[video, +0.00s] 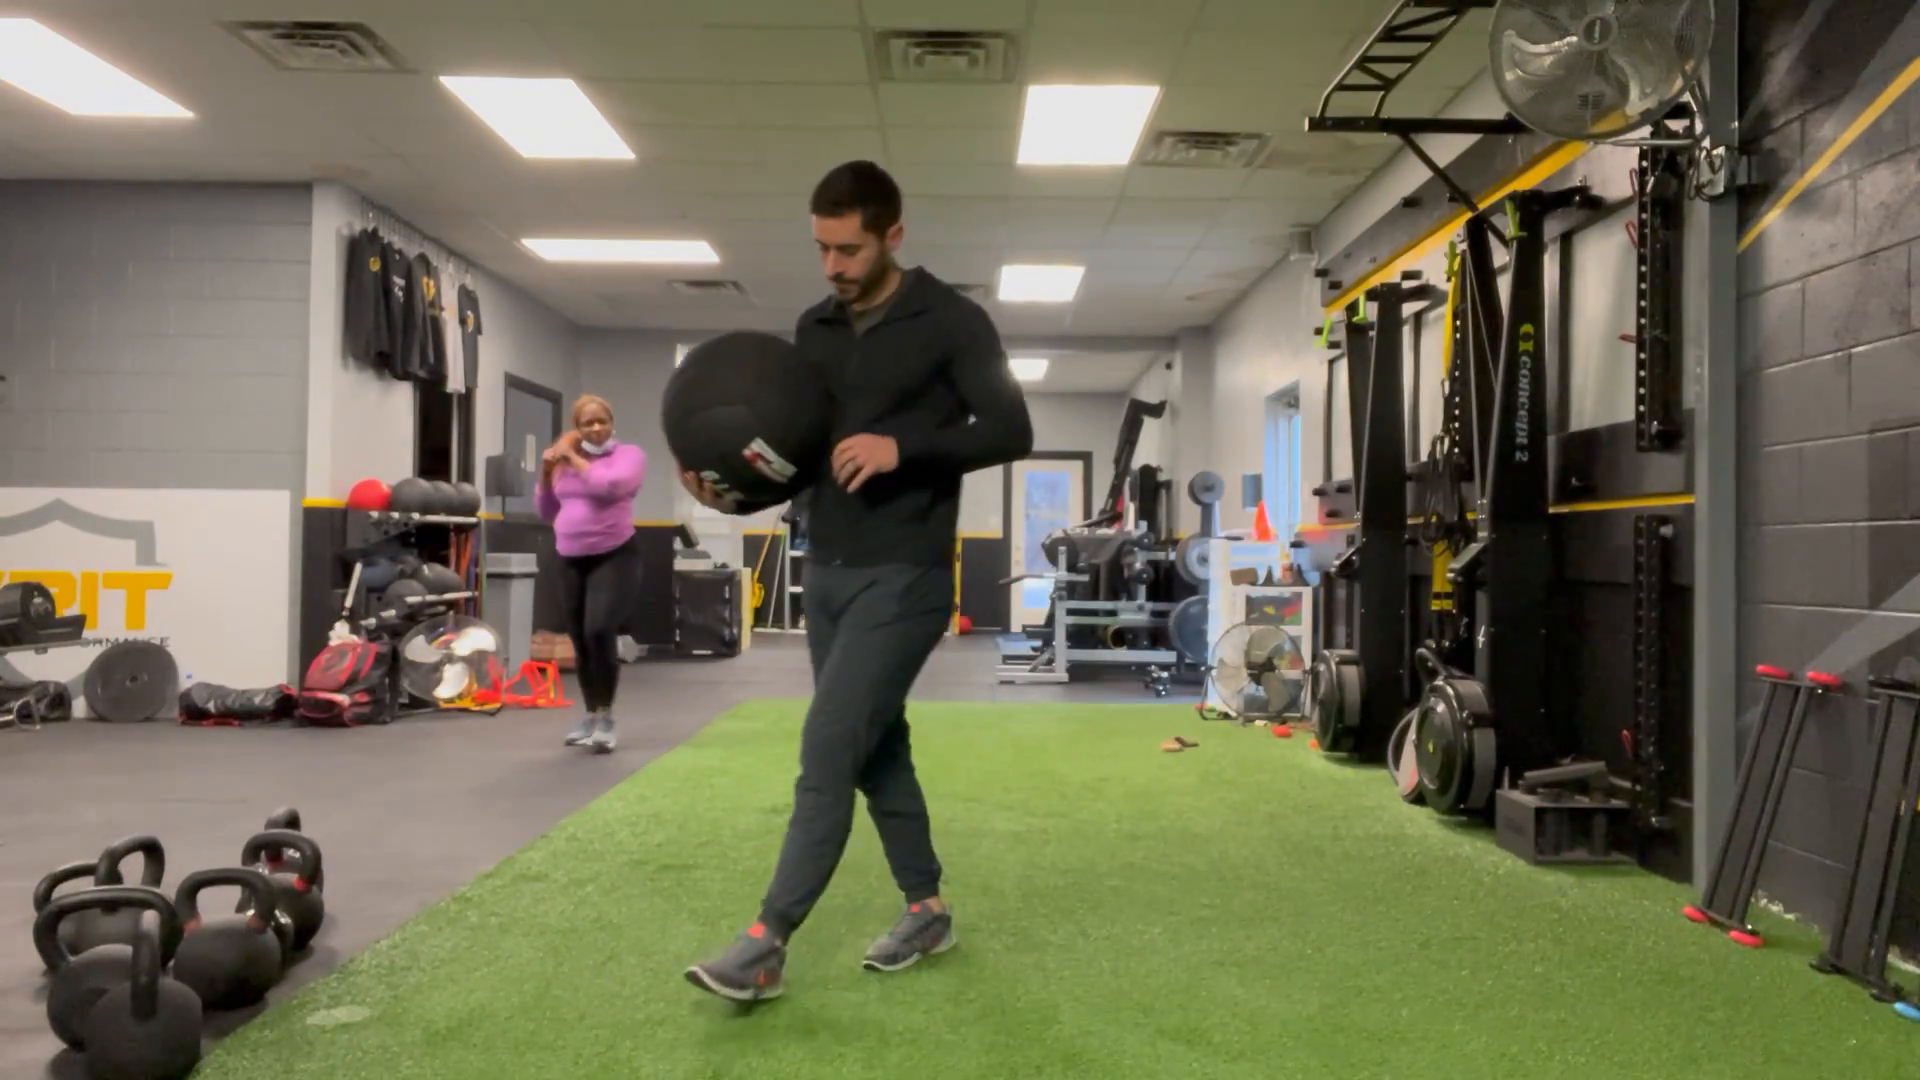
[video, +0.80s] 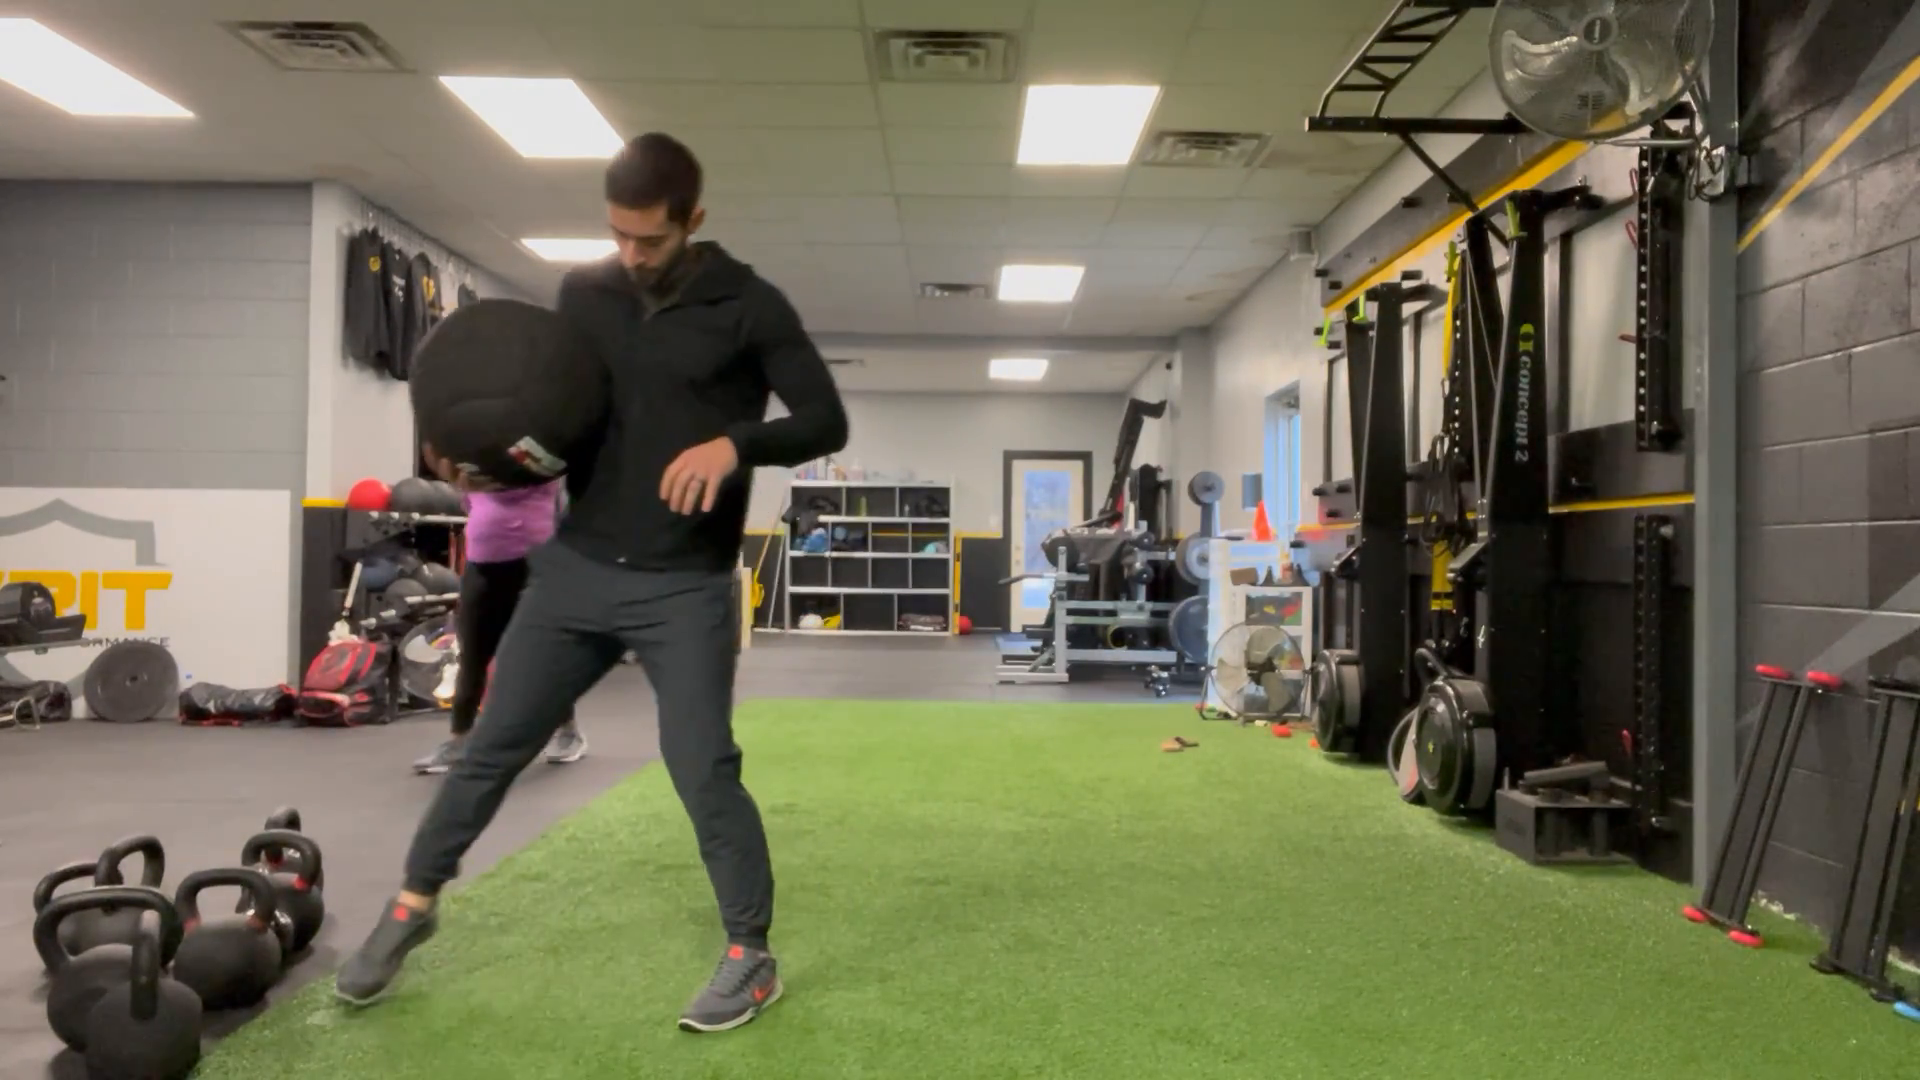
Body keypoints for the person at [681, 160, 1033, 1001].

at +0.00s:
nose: (832, 266)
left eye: (847, 250)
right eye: (822, 249)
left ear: (893, 235)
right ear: (817, 239)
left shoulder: (952, 319)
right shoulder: (816, 329)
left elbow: (1010, 429)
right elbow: (790, 457)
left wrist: (903, 447)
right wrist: (724, 482)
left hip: (908, 576)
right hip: (829, 572)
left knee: (830, 741)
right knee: (876, 745)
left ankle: (766, 941)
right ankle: (926, 907)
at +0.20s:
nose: (783, 258)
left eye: (800, 242)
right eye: (773, 240)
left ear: (845, 226)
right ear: (766, 226)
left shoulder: (900, 312)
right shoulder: (761, 314)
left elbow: (959, 430)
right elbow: (729, 431)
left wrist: (859, 451)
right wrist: (659, 460)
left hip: (848, 571)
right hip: (770, 568)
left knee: (783, 743)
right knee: (816, 744)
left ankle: (757, 949)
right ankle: (910, 884)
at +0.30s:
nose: (756, 252)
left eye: (772, 236)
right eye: (747, 235)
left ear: (821, 216)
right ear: (740, 219)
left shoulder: (877, 304)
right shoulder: (738, 300)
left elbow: (937, 425)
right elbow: (714, 422)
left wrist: (837, 443)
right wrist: (635, 444)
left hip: (822, 567)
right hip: (738, 561)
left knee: (771, 749)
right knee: (741, 754)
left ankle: (756, 951)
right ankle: (867, 865)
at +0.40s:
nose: (732, 247)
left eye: (749, 230)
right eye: (722, 229)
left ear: (797, 209)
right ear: (714, 213)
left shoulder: (853, 297)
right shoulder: (713, 294)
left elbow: (916, 420)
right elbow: (685, 412)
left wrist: (814, 438)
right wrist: (590, 433)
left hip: (798, 565)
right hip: (709, 557)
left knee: (756, 753)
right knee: (679, 747)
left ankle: (755, 947)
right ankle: (792, 857)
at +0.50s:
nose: (714, 245)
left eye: (731, 227)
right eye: (702, 226)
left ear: (776, 206)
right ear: (692, 209)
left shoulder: (833, 294)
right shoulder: (690, 291)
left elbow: (899, 415)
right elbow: (655, 414)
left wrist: (794, 433)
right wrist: (576, 444)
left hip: (775, 567)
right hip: (681, 555)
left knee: (745, 757)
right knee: (626, 737)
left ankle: (754, 952)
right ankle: (669, 884)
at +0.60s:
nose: (689, 245)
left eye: (706, 229)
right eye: (679, 227)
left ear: (754, 205)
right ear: (669, 208)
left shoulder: (812, 296)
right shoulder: (662, 290)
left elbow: (881, 414)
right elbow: (626, 414)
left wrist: (780, 434)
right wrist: (558, 444)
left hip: (750, 574)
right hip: (649, 561)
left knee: (734, 761)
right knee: (583, 741)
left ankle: (751, 952)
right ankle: (544, 899)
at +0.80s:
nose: (631, 256)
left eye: (650, 240)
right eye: (618, 236)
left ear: (692, 218)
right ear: (606, 216)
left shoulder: (747, 305)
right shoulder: (587, 294)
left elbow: (824, 421)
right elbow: (558, 432)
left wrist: (738, 444)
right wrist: (502, 458)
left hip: (685, 585)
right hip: (575, 568)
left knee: (701, 765)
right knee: (494, 740)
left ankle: (749, 951)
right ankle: (410, 903)